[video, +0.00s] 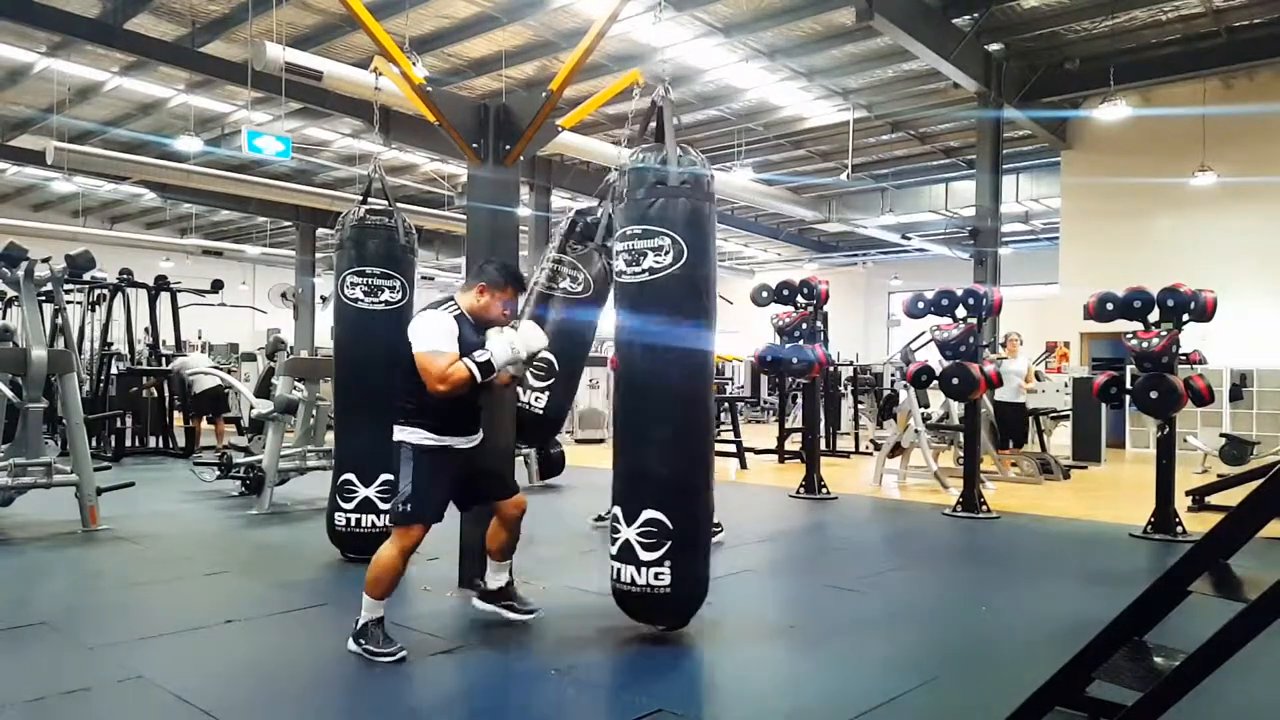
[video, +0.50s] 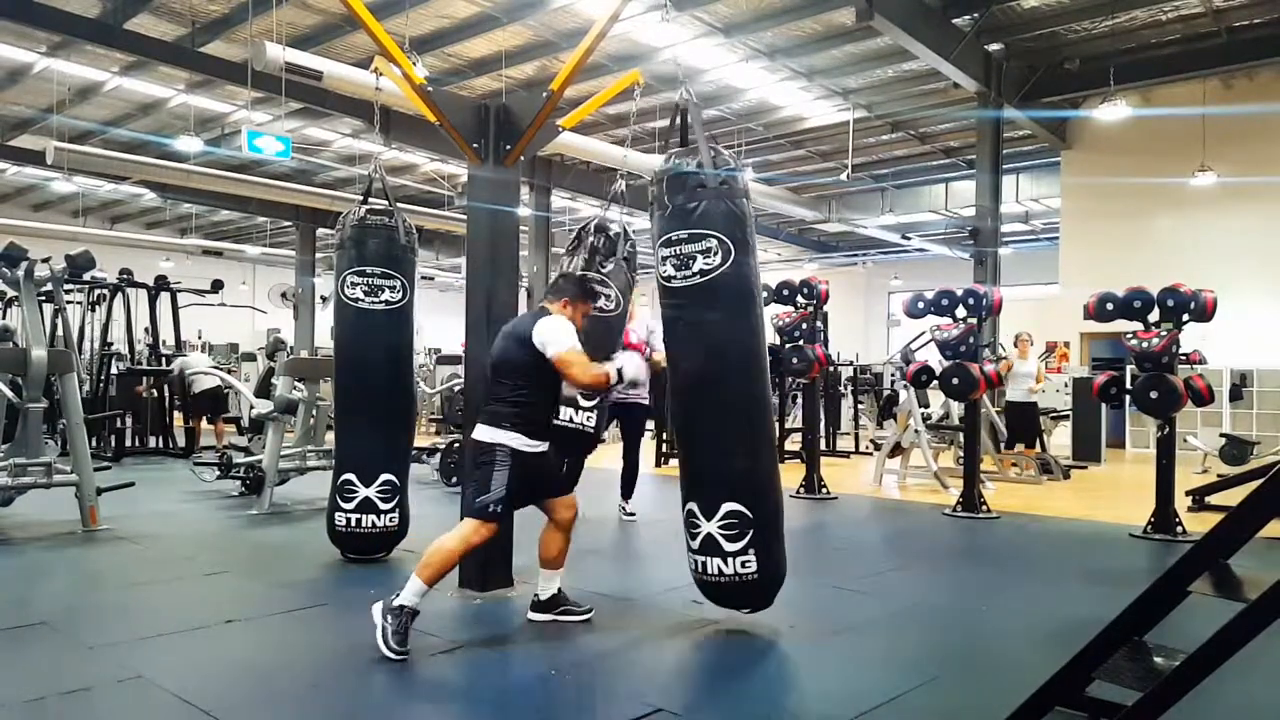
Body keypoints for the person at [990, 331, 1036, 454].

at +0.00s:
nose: (1014, 343)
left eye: (1016, 340)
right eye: (1011, 340)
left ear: (1020, 343)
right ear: (1005, 343)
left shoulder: (1026, 361)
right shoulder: (998, 359)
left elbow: (1032, 382)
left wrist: (1026, 386)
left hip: (1019, 400)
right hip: (1001, 400)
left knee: (1020, 437)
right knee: (1003, 436)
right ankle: (1005, 467)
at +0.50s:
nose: (1024, 343)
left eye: (1027, 341)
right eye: (1021, 341)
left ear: (1031, 344)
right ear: (1016, 343)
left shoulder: (1035, 362)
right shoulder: (1010, 359)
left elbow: (1041, 381)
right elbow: (1000, 373)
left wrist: (1036, 387)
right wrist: (1005, 365)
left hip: (1030, 401)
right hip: (1013, 400)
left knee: (1032, 437)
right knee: (1012, 436)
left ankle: (1028, 468)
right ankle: (1006, 468)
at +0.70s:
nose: (1031, 345)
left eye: (1033, 342)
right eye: (1028, 342)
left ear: (1037, 344)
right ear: (1022, 345)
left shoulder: (1038, 362)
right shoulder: (1017, 361)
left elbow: (1042, 379)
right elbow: (1015, 373)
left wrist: (1043, 381)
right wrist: (1023, 360)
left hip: (1036, 398)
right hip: (1020, 399)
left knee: (1033, 437)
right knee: (1017, 437)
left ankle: (1028, 468)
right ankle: (1008, 467)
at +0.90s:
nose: (1042, 349)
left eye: (1044, 346)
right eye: (1040, 345)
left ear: (1043, 347)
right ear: (1032, 345)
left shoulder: (1039, 360)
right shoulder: (1024, 361)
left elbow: (1038, 382)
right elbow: (1039, 373)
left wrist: (1048, 391)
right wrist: (1041, 358)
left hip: (1040, 400)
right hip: (1030, 401)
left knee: (1035, 434)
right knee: (1031, 435)